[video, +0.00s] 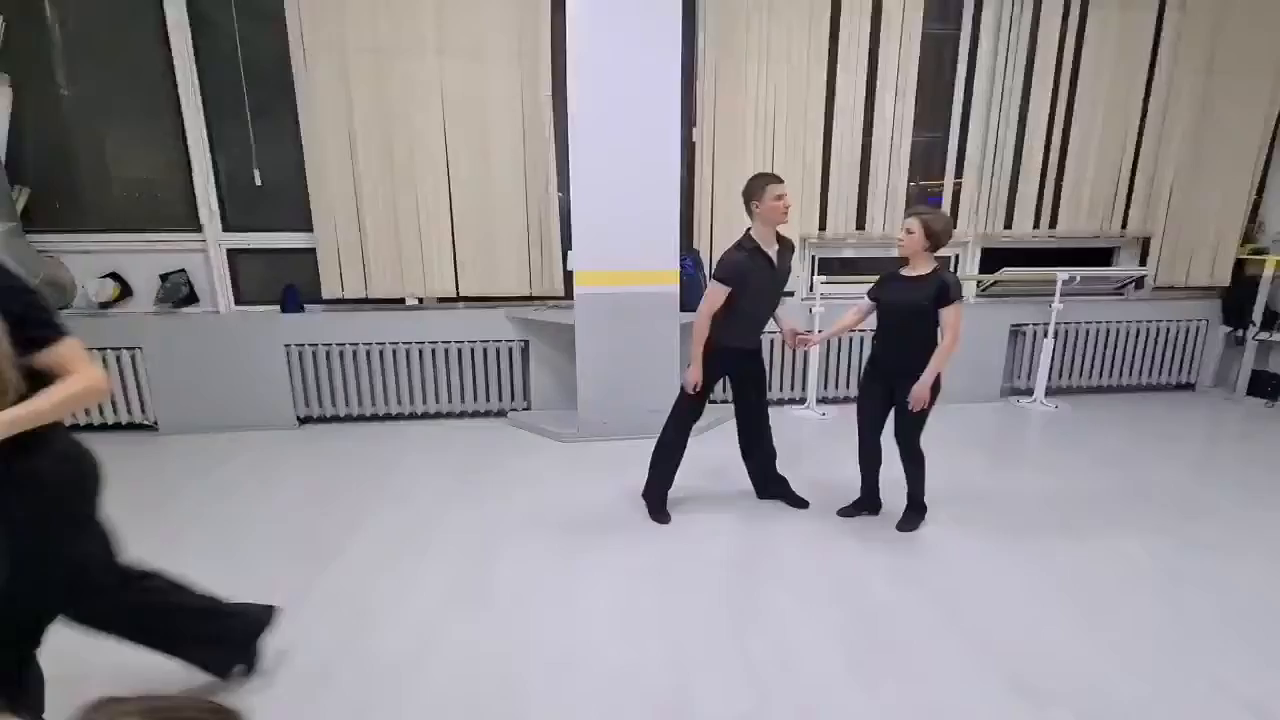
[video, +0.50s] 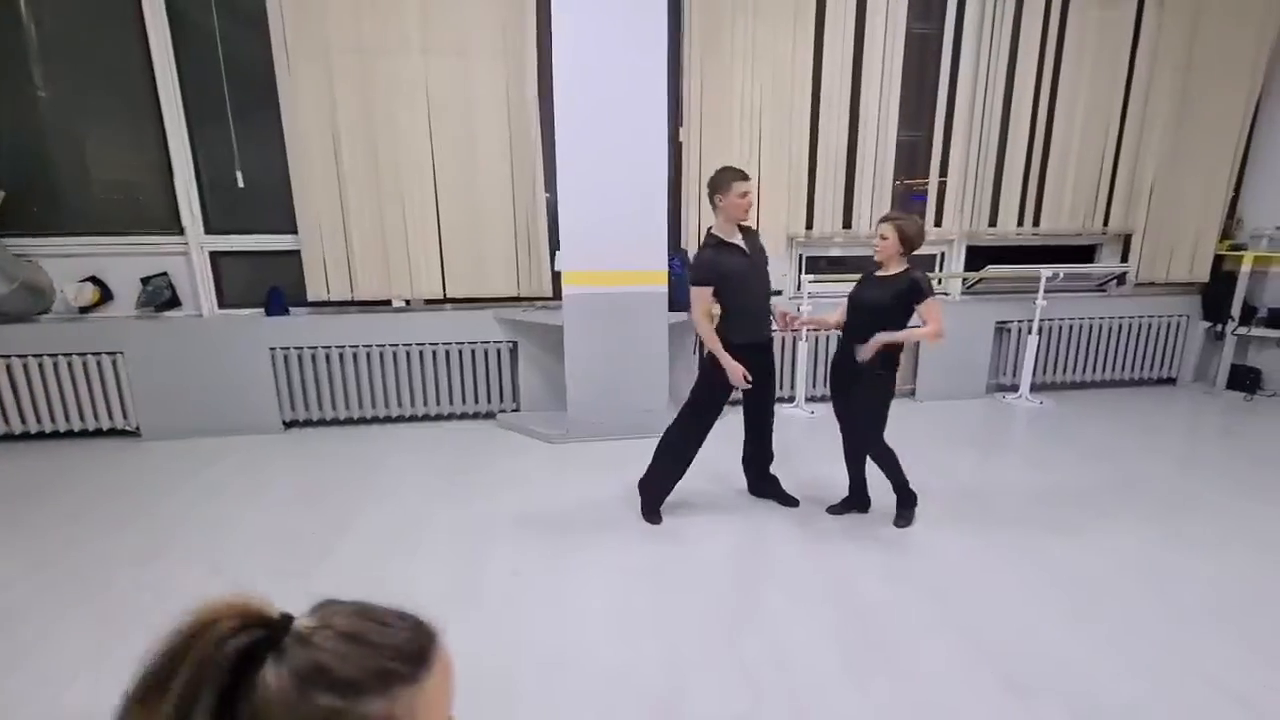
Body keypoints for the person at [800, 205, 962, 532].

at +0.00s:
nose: (901, 237)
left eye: (909, 232)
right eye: (902, 231)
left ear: (929, 241)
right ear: (906, 236)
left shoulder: (944, 283)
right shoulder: (890, 278)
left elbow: (950, 340)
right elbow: (858, 314)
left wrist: (925, 382)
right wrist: (820, 337)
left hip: (916, 375)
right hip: (880, 369)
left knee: (907, 440)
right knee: (867, 433)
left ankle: (916, 505)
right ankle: (869, 498)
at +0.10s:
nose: (898, 236)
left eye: (906, 232)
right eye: (899, 230)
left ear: (926, 241)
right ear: (902, 236)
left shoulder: (941, 282)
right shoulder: (888, 276)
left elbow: (947, 338)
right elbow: (856, 314)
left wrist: (922, 381)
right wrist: (820, 337)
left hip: (912, 374)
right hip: (875, 369)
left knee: (901, 440)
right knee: (867, 435)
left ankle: (915, 504)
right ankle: (868, 498)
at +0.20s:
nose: (891, 237)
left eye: (899, 232)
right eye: (892, 231)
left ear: (918, 240)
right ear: (900, 237)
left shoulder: (931, 281)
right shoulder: (879, 276)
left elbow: (942, 335)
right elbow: (852, 314)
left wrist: (911, 375)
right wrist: (818, 331)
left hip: (898, 370)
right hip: (863, 366)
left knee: (886, 439)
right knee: (864, 435)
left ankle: (908, 501)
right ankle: (866, 497)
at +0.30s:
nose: (882, 239)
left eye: (891, 235)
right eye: (884, 233)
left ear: (910, 244)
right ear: (892, 240)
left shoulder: (922, 281)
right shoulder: (875, 275)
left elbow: (941, 333)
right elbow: (845, 318)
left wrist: (901, 365)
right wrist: (812, 324)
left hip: (885, 369)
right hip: (852, 365)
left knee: (876, 440)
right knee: (859, 436)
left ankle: (905, 499)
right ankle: (863, 497)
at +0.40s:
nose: (879, 243)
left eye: (886, 238)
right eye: (880, 237)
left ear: (906, 246)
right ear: (887, 242)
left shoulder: (917, 281)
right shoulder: (873, 275)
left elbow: (939, 333)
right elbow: (846, 319)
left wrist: (894, 356)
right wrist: (809, 323)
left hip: (878, 370)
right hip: (846, 365)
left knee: (871, 439)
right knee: (853, 435)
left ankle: (904, 498)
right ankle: (860, 496)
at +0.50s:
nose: (876, 243)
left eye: (883, 238)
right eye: (876, 237)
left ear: (902, 245)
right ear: (882, 241)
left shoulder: (914, 280)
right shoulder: (871, 275)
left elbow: (935, 330)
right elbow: (844, 319)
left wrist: (882, 338)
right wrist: (808, 320)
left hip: (878, 369)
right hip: (845, 363)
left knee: (870, 438)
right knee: (849, 433)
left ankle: (905, 496)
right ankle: (857, 495)